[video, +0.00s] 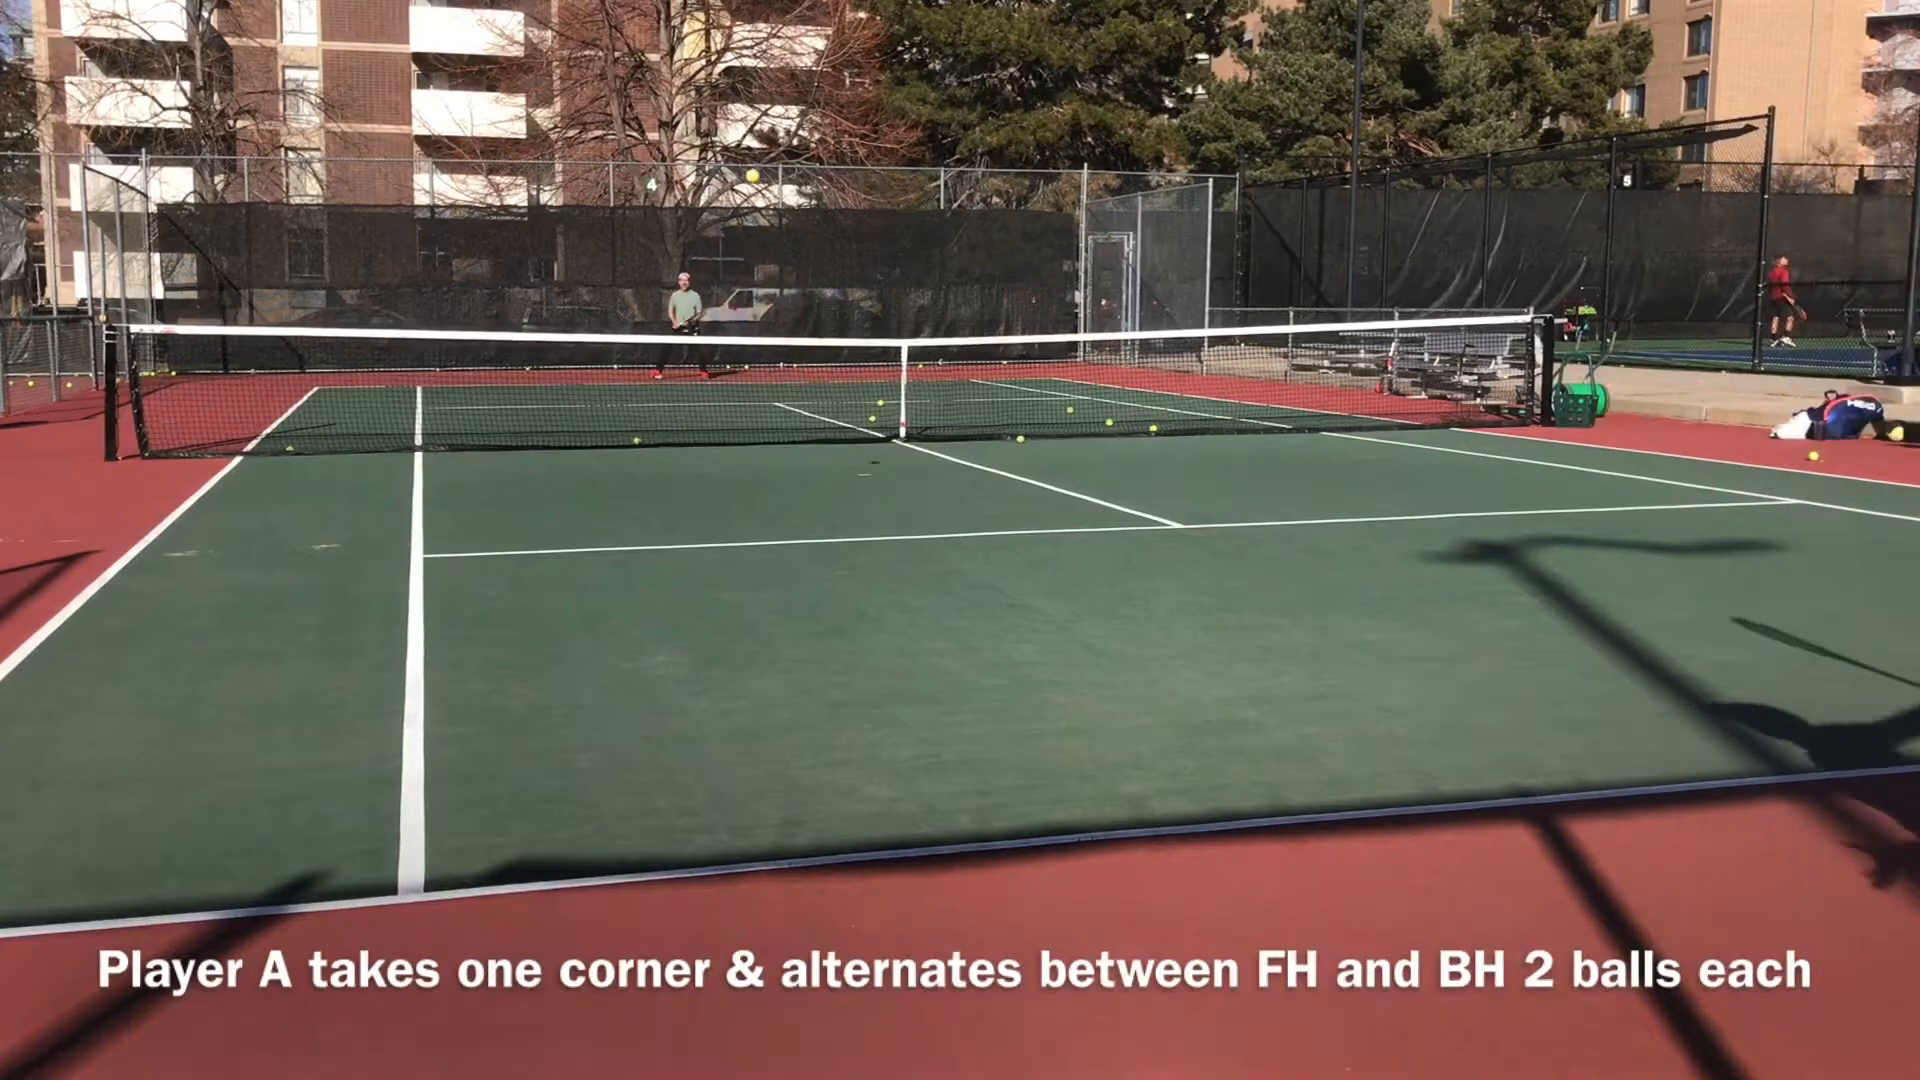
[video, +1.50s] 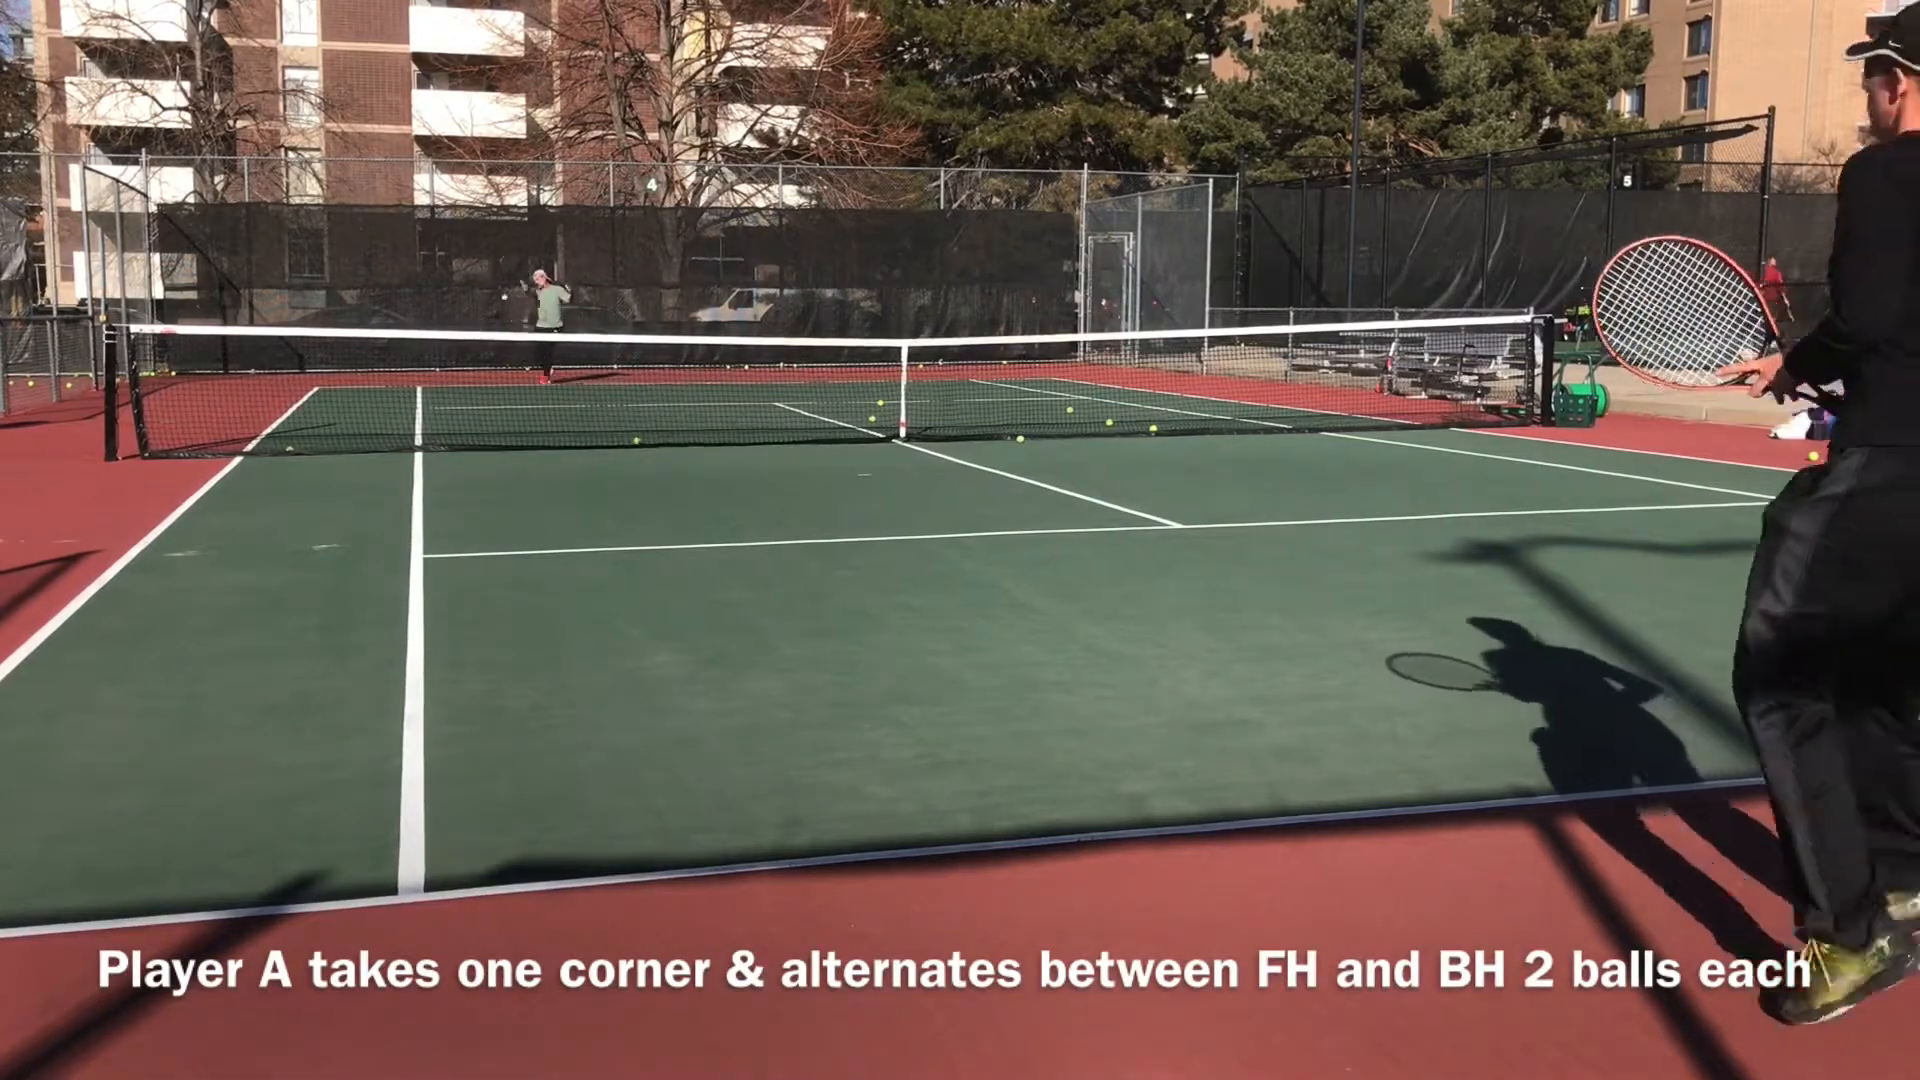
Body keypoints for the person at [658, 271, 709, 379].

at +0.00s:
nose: (684, 283)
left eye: (686, 280)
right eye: (682, 280)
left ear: (689, 282)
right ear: (679, 282)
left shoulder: (695, 295)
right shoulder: (675, 295)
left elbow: (699, 311)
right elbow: (670, 310)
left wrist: (692, 320)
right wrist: (674, 321)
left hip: (692, 325)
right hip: (679, 325)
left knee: (697, 347)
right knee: (667, 346)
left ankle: (703, 370)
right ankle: (659, 369)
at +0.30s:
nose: (647, 282)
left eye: (649, 280)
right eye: (645, 280)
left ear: (653, 281)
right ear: (642, 282)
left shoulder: (657, 294)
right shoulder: (641, 294)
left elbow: (654, 312)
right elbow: (640, 307)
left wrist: (645, 316)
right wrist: (638, 315)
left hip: (658, 326)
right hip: (646, 326)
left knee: (657, 349)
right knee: (643, 348)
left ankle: (667, 370)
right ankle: (646, 369)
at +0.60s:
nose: (612, 285)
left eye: (614, 283)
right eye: (610, 283)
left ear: (619, 283)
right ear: (609, 284)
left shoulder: (623, 294)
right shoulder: (611, 296)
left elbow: (610, 307)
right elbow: (604, 310)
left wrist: (592, 305)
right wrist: (591, 308)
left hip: (628, 327)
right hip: (620, 328)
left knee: (616, 349)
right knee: (624, 352)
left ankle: (616, 372)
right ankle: (638, 370)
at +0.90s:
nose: (578, 287)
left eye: (580, 284)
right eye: (578, 285)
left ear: (586, 284)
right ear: (581, 285)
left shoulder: (590, 295)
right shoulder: (588, 296)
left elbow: (576, 306)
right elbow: (577, 311)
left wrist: (557, 310)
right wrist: (562, 312)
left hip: (597, 331)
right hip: (592, 331)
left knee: (581, 350)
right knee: (592, 353)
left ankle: (580, 373)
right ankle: (604, 372)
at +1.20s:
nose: (547, 287)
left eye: (548, 285)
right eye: (546, 285)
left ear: (555, 284)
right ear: (550, 286)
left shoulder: (561, 294)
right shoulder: (555, 296)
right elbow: (553, 316)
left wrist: (552, 307)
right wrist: (549, 330)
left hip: (568, 331)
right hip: (559, 331)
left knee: (572, 354)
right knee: (550, 351)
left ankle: (589, 368)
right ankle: (552, 374)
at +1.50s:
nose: (537, 282)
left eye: (538, 279)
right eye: (535, 280)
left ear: (544, 277)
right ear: (535, 281)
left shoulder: (556, 289)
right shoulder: (539, 291)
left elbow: (567, 299)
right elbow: (532, 293)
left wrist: (568, 291)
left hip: (554, 325)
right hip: (541, 324)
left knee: (548, 351)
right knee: (539, 349)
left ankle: (546, 375)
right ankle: (548, 369)